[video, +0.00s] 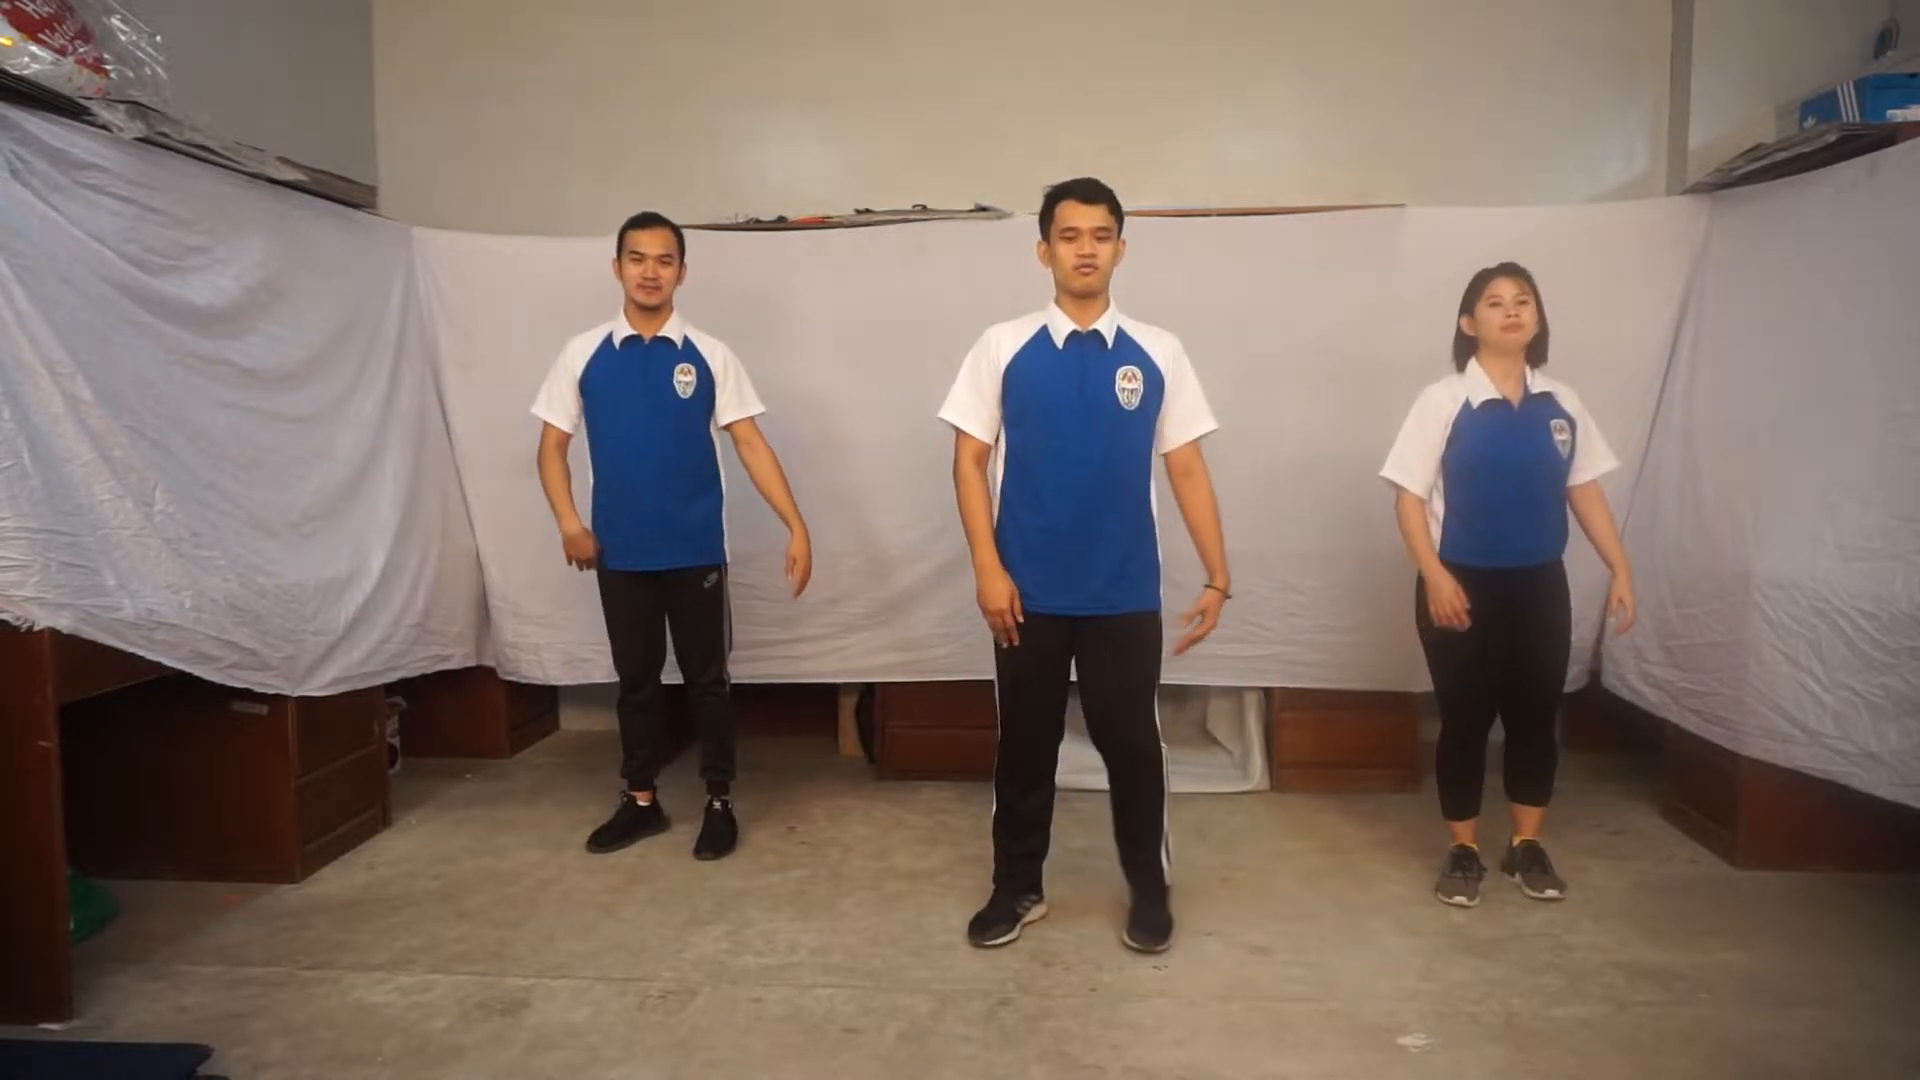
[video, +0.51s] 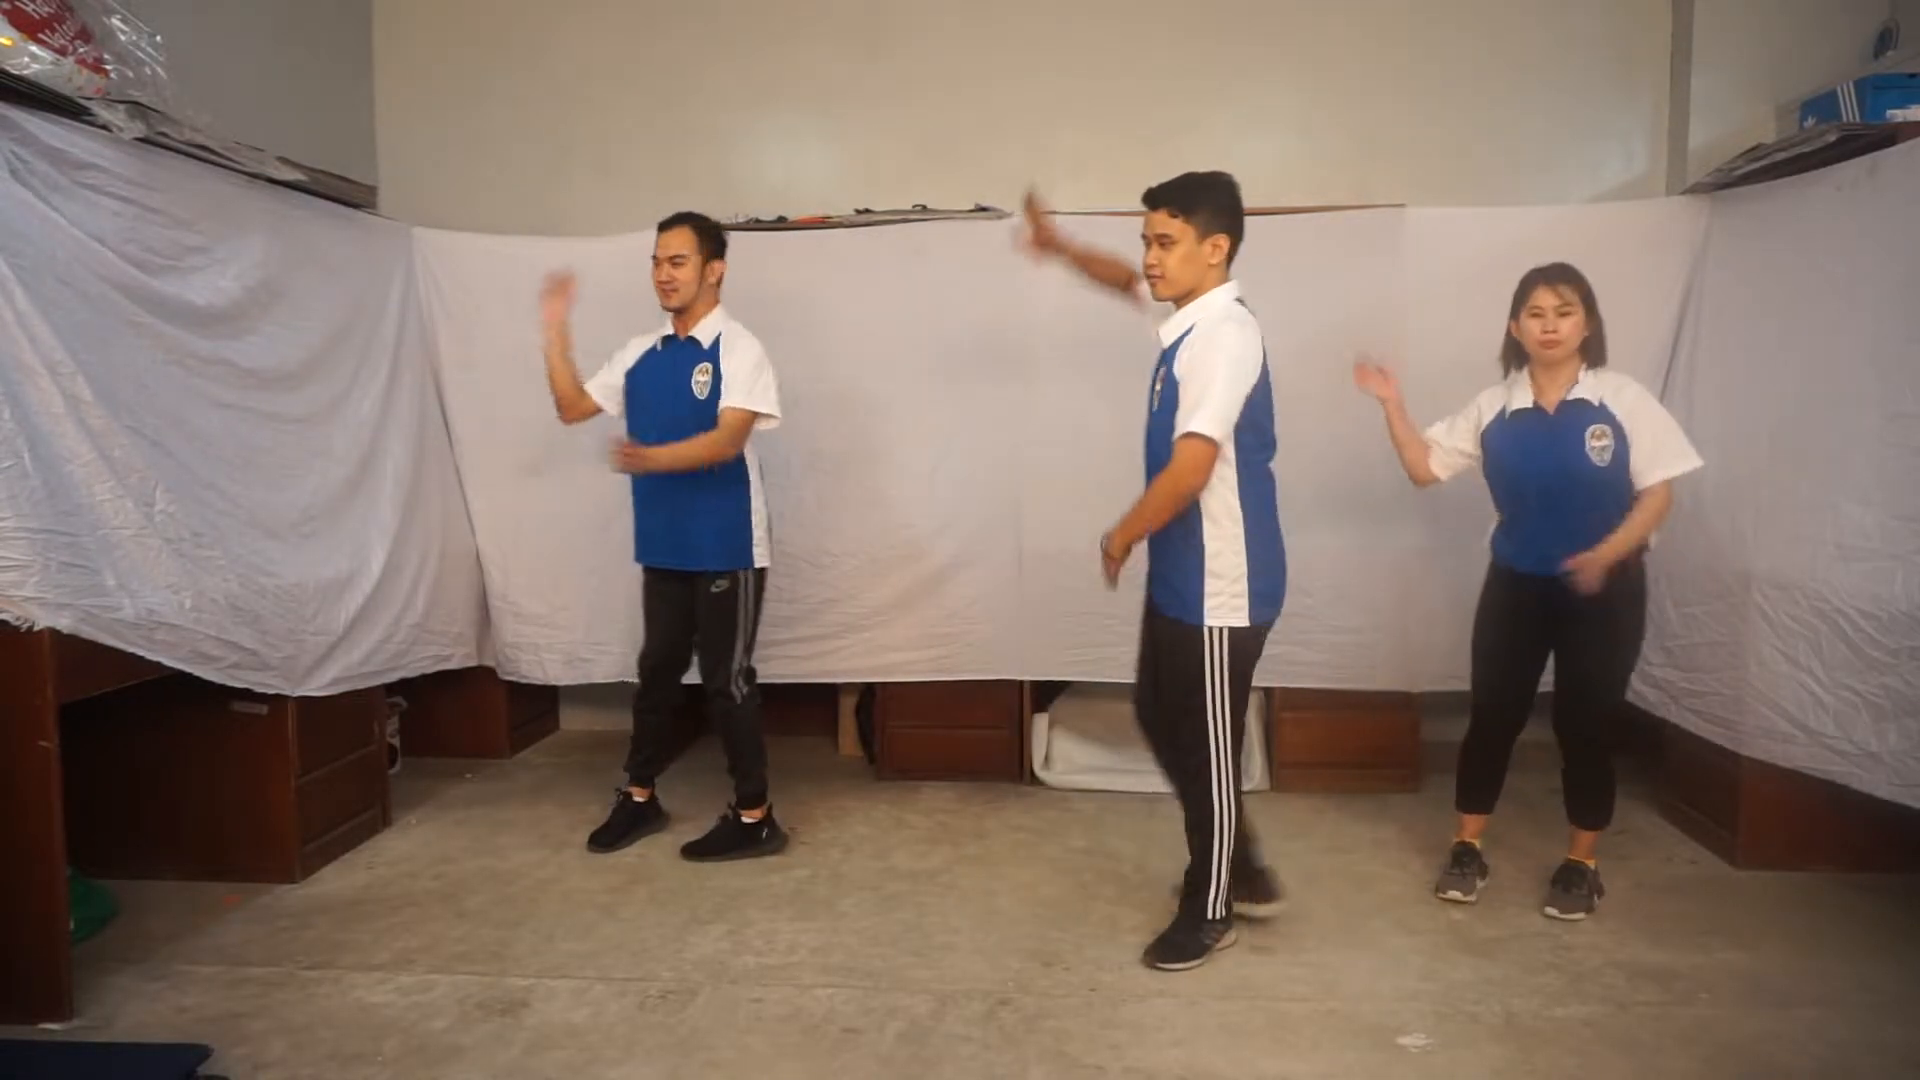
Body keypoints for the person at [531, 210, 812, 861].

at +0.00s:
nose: (651, 271)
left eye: (664, 260)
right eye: (638, 259)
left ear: (681, 272)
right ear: (618, 268)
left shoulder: (710, 356)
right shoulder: (584, 355)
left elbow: (750, 442)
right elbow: (552, 448)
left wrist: (796, 527)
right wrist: (570, 524)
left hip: (696, 553)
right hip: (621, 556)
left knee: (707, 683)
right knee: (636, 683)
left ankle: (719, 802)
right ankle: (640, 802)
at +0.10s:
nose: (648, 269)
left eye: (661, 259)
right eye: (635, 258)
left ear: (678, 271)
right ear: (615, 267)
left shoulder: (706, 356)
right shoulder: (580, 354)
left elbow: (750, 440)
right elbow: (546, 445)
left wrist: (798, 523)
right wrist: (570, 513)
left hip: (692, 553)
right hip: (619, 555)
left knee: (704, 681)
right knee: (634, 682)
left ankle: (724, 800)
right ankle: (639, 800)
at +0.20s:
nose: (650, 268)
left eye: (663, 257)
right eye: (637, 256)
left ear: (680, 269)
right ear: (617, 266)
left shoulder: (708, 354)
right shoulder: (583, 353)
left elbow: (755, 435)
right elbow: (548, 440)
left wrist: (807, 510)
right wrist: (561, 500)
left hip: (691, 550)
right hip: (617, 551)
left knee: (702, 675)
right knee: (631, 680)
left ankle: (739, 796)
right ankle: (637, 799)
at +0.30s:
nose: (658, 269)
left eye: (671, 258)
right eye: (645, 256)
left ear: (687, 269)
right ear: (624, 266)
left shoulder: (717, 353)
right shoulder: (593, 353)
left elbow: (762, 429)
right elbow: (558, 430)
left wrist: (808, 493)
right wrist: (539, 464)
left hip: (695, 549)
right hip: (622, 550)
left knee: (699, 673)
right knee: (630, 677)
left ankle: (748, 800)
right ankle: (634, 798)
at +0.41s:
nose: (670, 274)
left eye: (683, 262)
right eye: (656, 262)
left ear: (700, 271)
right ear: (638, 272)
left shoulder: (730, 352)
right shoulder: (610, 357)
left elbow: (755, 422)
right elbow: (570, 440)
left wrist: (761, 468)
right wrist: (504, 393)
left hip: (707, 553)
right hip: (638, 554)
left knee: (701, 676)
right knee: (631, 674)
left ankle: (750, 811)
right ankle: (634, 799)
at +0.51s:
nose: (663, 274)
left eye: (677, 262)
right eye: (658, 263)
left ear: (715, 270)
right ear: (654, 272)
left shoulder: (740, 349)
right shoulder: (642, 351)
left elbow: (728, 442)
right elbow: (573, 406)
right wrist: (555, 332)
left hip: (728, 554)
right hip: (663, 552)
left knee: (728, 682)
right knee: (657, 676)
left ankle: (753, 813)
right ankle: (638, 797)